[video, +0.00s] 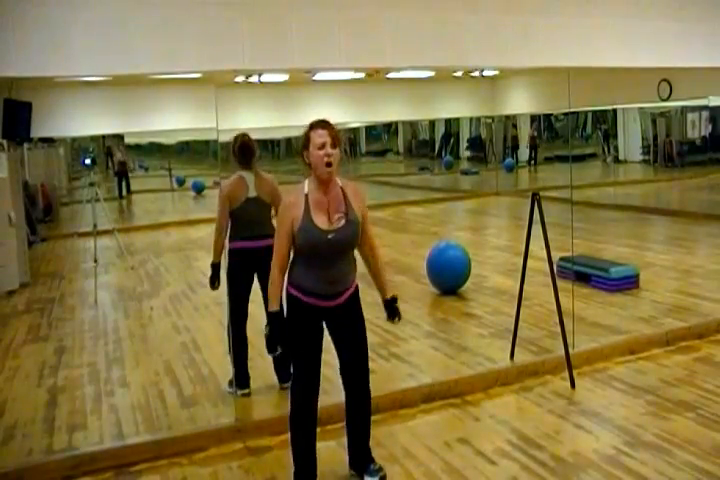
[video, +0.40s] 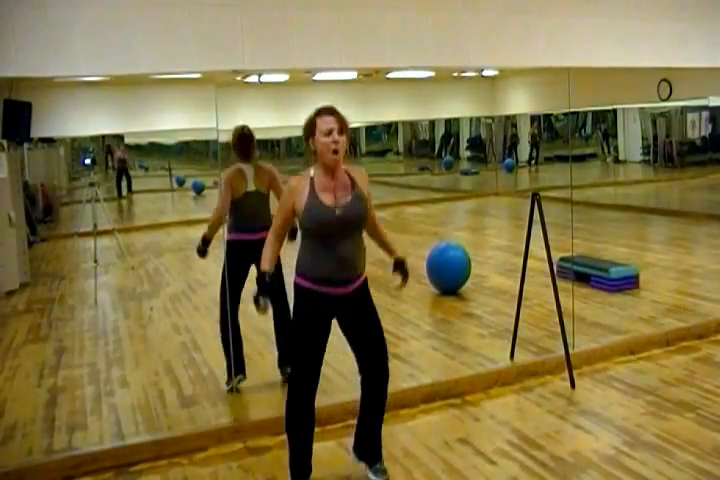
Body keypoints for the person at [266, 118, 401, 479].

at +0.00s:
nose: (328, 153)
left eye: (332, 146)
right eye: (320, 147)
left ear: (339, 151)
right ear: (306, 155)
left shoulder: (353, 193)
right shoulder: (293, 202)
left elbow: (368, 247)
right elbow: (279, 264)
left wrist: (387, 296)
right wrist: (274, 315)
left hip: (346, 301)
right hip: (304, 306)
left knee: (359, 383)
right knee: (305, 392)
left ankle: (361, 460)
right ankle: (305, 473)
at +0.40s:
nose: (335, 140)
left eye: (340, 133)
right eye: (327, 134)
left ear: (347, 138)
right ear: (312, 142)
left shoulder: (357, 179)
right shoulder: (298, 187)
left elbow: (371, 225)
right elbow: (277, 234)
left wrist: (396, 255)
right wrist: (265, 275)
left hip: (354, 292)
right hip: (312, 294)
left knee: (376, 368)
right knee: (304, 384)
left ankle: (368, 449)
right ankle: (300, 472)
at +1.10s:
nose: (351, 179)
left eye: (354, 172)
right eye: (341, 174)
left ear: (361, 179)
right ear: (325, 186)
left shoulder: (374, 225)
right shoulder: (313, 231)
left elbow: (395, 273)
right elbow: (290, 288)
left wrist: (433, 289)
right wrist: (277, 320)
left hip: (369, 335)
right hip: (322, 340)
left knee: (410, 400)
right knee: (300, 423)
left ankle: (411, 472)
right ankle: (286, 477)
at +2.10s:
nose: (368, 179)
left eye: (372, 172)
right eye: (358, 174)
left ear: (379, 180)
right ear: (340, 187)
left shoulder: (394, 228)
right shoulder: (328, 243)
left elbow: (414, 290)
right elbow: (304, 312)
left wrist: (445, 344)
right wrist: (285, 373)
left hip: (393, 353)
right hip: (340, 359)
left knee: (441, 427)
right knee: (312, 452)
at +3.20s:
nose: (403, 194)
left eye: (407, 187)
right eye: (391, 189)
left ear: (415, 196)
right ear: (372, 204)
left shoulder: (431, 249)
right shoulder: (360, 259)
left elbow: (453, 311)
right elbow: (330, 337)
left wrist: (482, 369)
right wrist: (304, 406)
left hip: (421, 377)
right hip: (365, 384)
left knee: (477, 447)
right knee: (337, 475)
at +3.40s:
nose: (407, 172)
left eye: (412, 163)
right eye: (395, 164)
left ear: (419, 170)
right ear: (374, 175)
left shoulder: (434, 218)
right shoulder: (362, 233)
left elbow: (466, 280)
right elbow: (326, 306)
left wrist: (515, 326)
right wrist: (294, 374)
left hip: (433, 367)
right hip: (377, 373)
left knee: (477, 449)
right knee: (347, 471)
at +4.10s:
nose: (429, 171)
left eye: (433, 162)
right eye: (417, 164)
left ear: (440, 170)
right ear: (394, 176)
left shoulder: (459, 230)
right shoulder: (380, 242)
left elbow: (476, 309)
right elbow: (356, 330)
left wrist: (504, 377)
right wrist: (337, 406)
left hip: (458, 386)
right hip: (396, 393)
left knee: (509, 473)